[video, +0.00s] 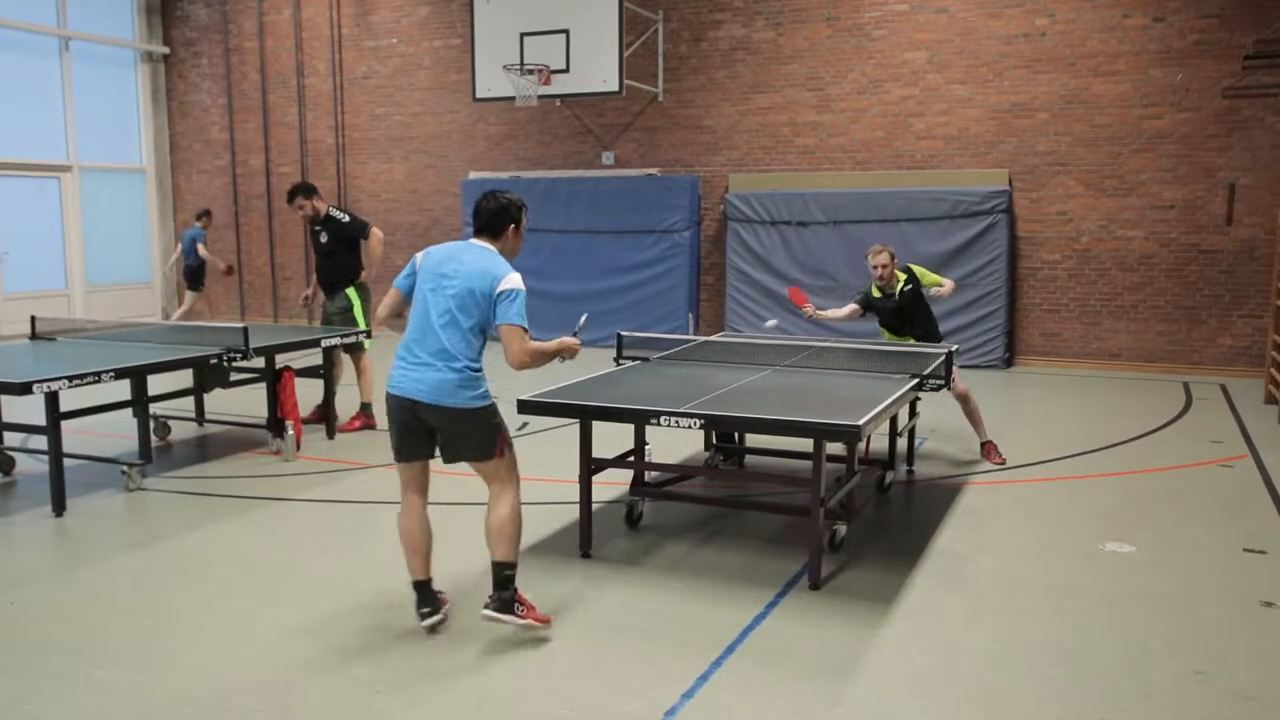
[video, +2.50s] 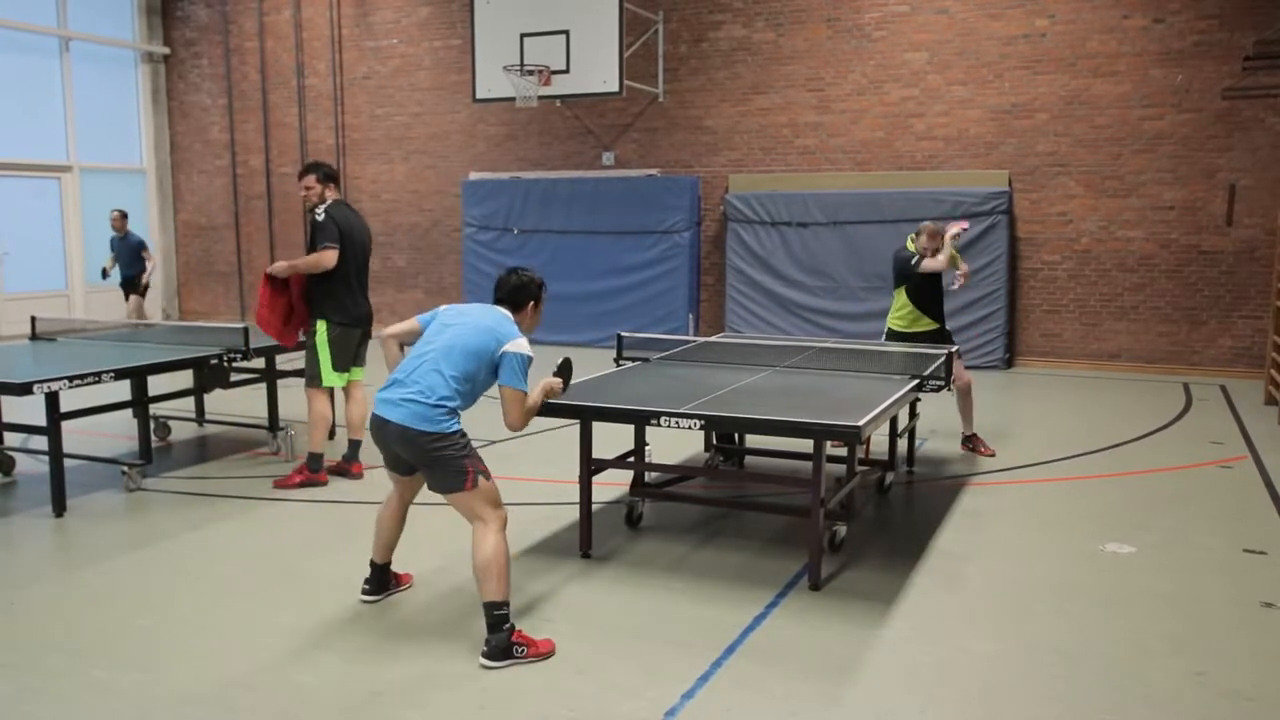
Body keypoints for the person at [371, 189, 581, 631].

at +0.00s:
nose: (523, 238)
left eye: (523, 230)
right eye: (523, 230)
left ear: (477, 226)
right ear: (511, 230)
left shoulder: (428, 256)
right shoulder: (504, 275)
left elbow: (385, 314)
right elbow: (519, 355)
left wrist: (426, 332)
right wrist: (558, 348)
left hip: (402, 392)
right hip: (458, 397)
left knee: (413, 491)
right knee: (503, 483)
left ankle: (424, 598)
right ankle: (504, 594)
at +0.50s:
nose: (382, 267)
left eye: (379, 261)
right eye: (377, 262)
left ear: (327, 266)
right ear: (366, 271)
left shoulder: (296, 294)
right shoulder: (376, 331)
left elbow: (337, 315)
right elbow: (431, 387)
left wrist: (369, 298)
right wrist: (485, 374)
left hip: (264, 451)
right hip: (321, 464)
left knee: (240, 532)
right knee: (392, 544)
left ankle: (169, 620)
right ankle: (377, 657)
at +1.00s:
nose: (389, 277)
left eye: (389, 267)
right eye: (387, 268)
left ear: (340, 266)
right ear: (367, 269)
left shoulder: (300, 297)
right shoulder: (342, 324)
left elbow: (291, 373)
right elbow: (332, 417)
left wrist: (355, 382)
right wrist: (404, 442)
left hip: (251, 449)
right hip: (295, 457)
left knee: (267, 536)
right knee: (374, 548)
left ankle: (196, 635)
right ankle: (363, 683)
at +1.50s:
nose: (486, 266)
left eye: (491, 254)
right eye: (478, 253)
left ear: (450, 243)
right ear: (443, 244)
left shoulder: (424, 272)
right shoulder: (412, 299)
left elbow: (399, 341)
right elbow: (366, 396)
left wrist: (440, 374)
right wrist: (444, 441)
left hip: (334, 425)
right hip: (359, 438)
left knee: (358, 535)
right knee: (424, 546)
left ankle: (319, 653)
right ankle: (414, 691)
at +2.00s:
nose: (539, 368)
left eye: (541, 359)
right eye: (541, 359)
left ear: (499, 345)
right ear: (531, 356)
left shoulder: (454, 352)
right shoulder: (513, 383)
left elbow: (387, 363)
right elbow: (526, 461)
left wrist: (391, 419)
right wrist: (545, 421)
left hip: (374, 446)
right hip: (416, 456)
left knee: (413, 494)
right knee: (506, 520)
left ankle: (378, 579)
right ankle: (502, 639)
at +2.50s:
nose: (540, 315)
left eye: (540, 307)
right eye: (540, 307)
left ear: (499, 299)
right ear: (530, 306)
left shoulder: (454, 311)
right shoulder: (513, 339)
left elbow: (390, 334)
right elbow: (515, 420)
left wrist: (403, 390)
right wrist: (543, 390)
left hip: (385, 417)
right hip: (430, 427)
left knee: (404, 486)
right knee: (490, 518)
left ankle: (378, 578)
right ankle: (500, 638)